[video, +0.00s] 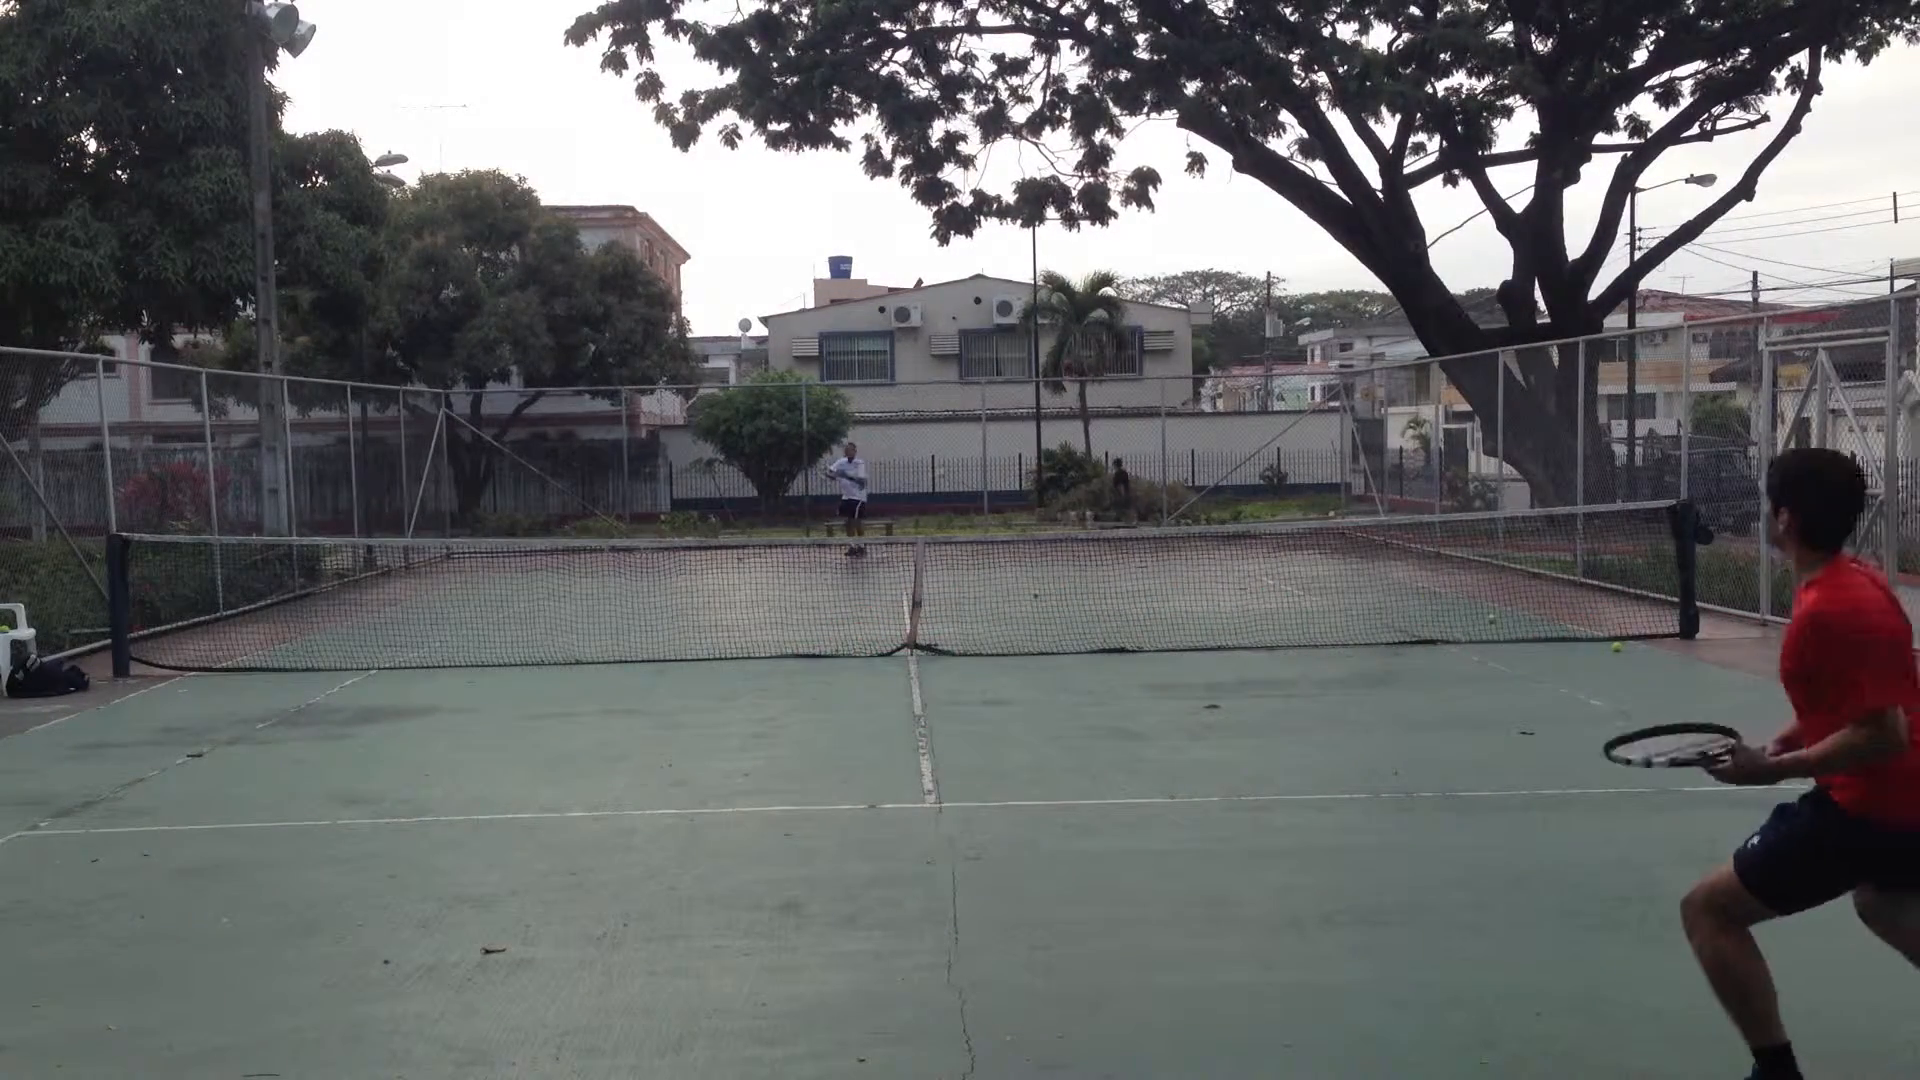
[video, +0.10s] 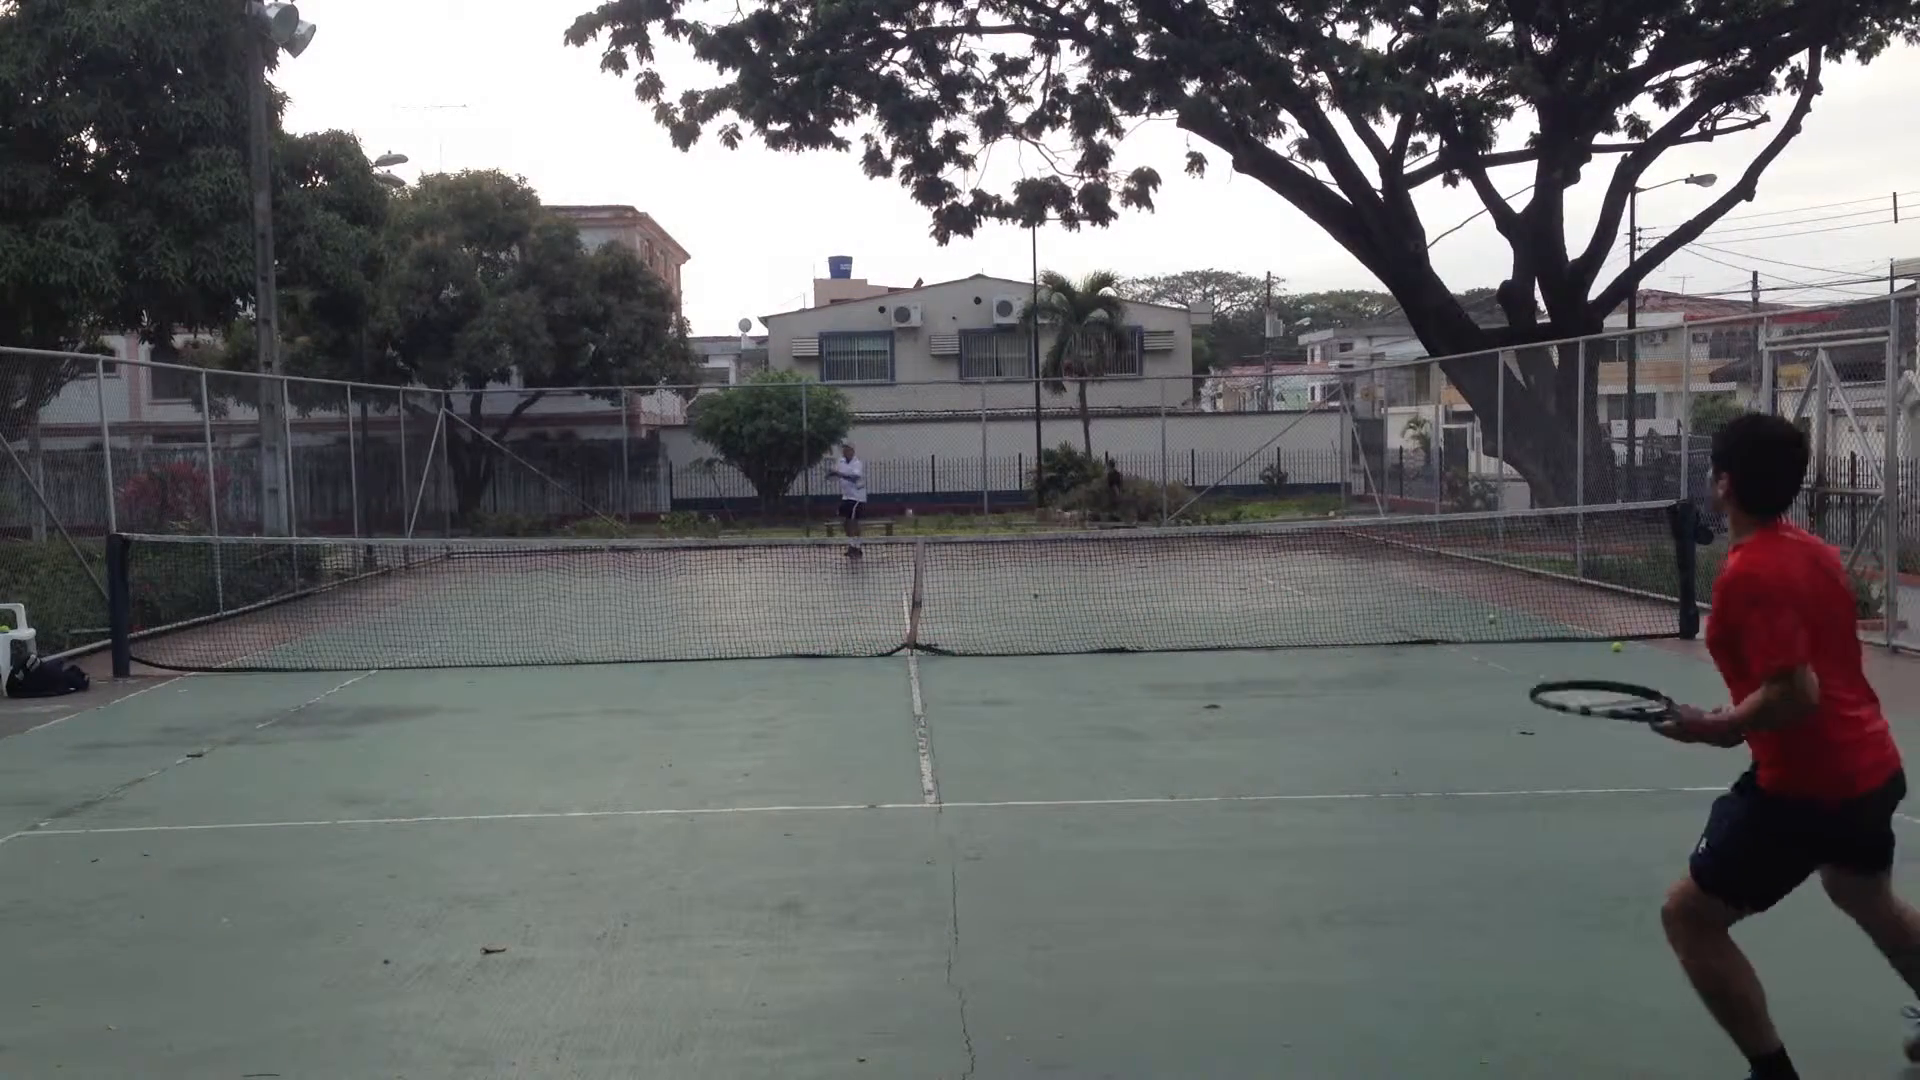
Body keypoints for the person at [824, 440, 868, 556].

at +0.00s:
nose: (850, 452)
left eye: (852, 450)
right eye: (848, 450)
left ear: (855, 451)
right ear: (845, 451)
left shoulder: (860, 463)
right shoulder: (841, 462)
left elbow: (862, 481)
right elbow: (829, 472)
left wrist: (846, 476)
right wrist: (836, 475)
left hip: (859, 497)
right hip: (846, 496)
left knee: (857, 521)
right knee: (847, 522)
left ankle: (861, 545)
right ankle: (852, 545)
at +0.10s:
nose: (846, 453)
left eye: (848, 451)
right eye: (844, 451)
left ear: (853, 452)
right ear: (843, 452)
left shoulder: (857, 463)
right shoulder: (841, 462)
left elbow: (855, 476)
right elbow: (838, 472)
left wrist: (839, 474)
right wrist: (832, 474)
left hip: (857, 497)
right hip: (846, 496)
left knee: (853, 522)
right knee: (846, 522)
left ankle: (857, 547)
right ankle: (852, 545)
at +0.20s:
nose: (843, 454)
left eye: (846, 451)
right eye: (842, 452)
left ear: (850, 452)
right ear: (840, 453)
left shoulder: (855, 463)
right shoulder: (840, 464)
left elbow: (849, 473)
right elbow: (835, 475)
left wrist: (832, 473)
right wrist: (824, 476)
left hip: (857, 497)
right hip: (846, 496)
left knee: (853, 521)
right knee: (844, 520)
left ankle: (857, 546)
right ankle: (851, 545)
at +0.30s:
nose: (838, 455)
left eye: (840, 452)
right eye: (837, 453)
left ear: (846, 452)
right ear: (837, 454)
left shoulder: (851, 465)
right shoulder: (841, 466)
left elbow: (840, 473)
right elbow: (834, 481)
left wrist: (820, 472)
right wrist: (821, 482)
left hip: (857, 498)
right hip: (847, 497)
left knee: (851, 521)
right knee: (844, 521)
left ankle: (857, 547)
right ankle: (850, 545)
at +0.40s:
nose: (835, 460)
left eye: (837, 458)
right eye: (834, 458)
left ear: (842, 457)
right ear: (833, 459)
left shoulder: (848, 466)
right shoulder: (840, 470)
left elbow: (837, 473)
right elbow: (835, 485)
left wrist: (821, 473)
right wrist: (822, 491)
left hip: (856, 497)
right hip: (848, 498)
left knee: (845, 522)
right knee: (843, 522)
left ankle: (854, 544)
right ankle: (850, 545)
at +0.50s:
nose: (831, 465)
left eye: (833, 463)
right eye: (831, 463)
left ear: (837, 463)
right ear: (832, 464)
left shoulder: (845, 471)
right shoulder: (836, 479)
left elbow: (836, 477)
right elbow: (833, 495)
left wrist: (821, 479)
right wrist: (817, 501)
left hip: (856, 499)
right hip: (846, 500)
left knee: (843, 522)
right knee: (839, 522)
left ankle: (854, 544)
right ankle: (849, 545)